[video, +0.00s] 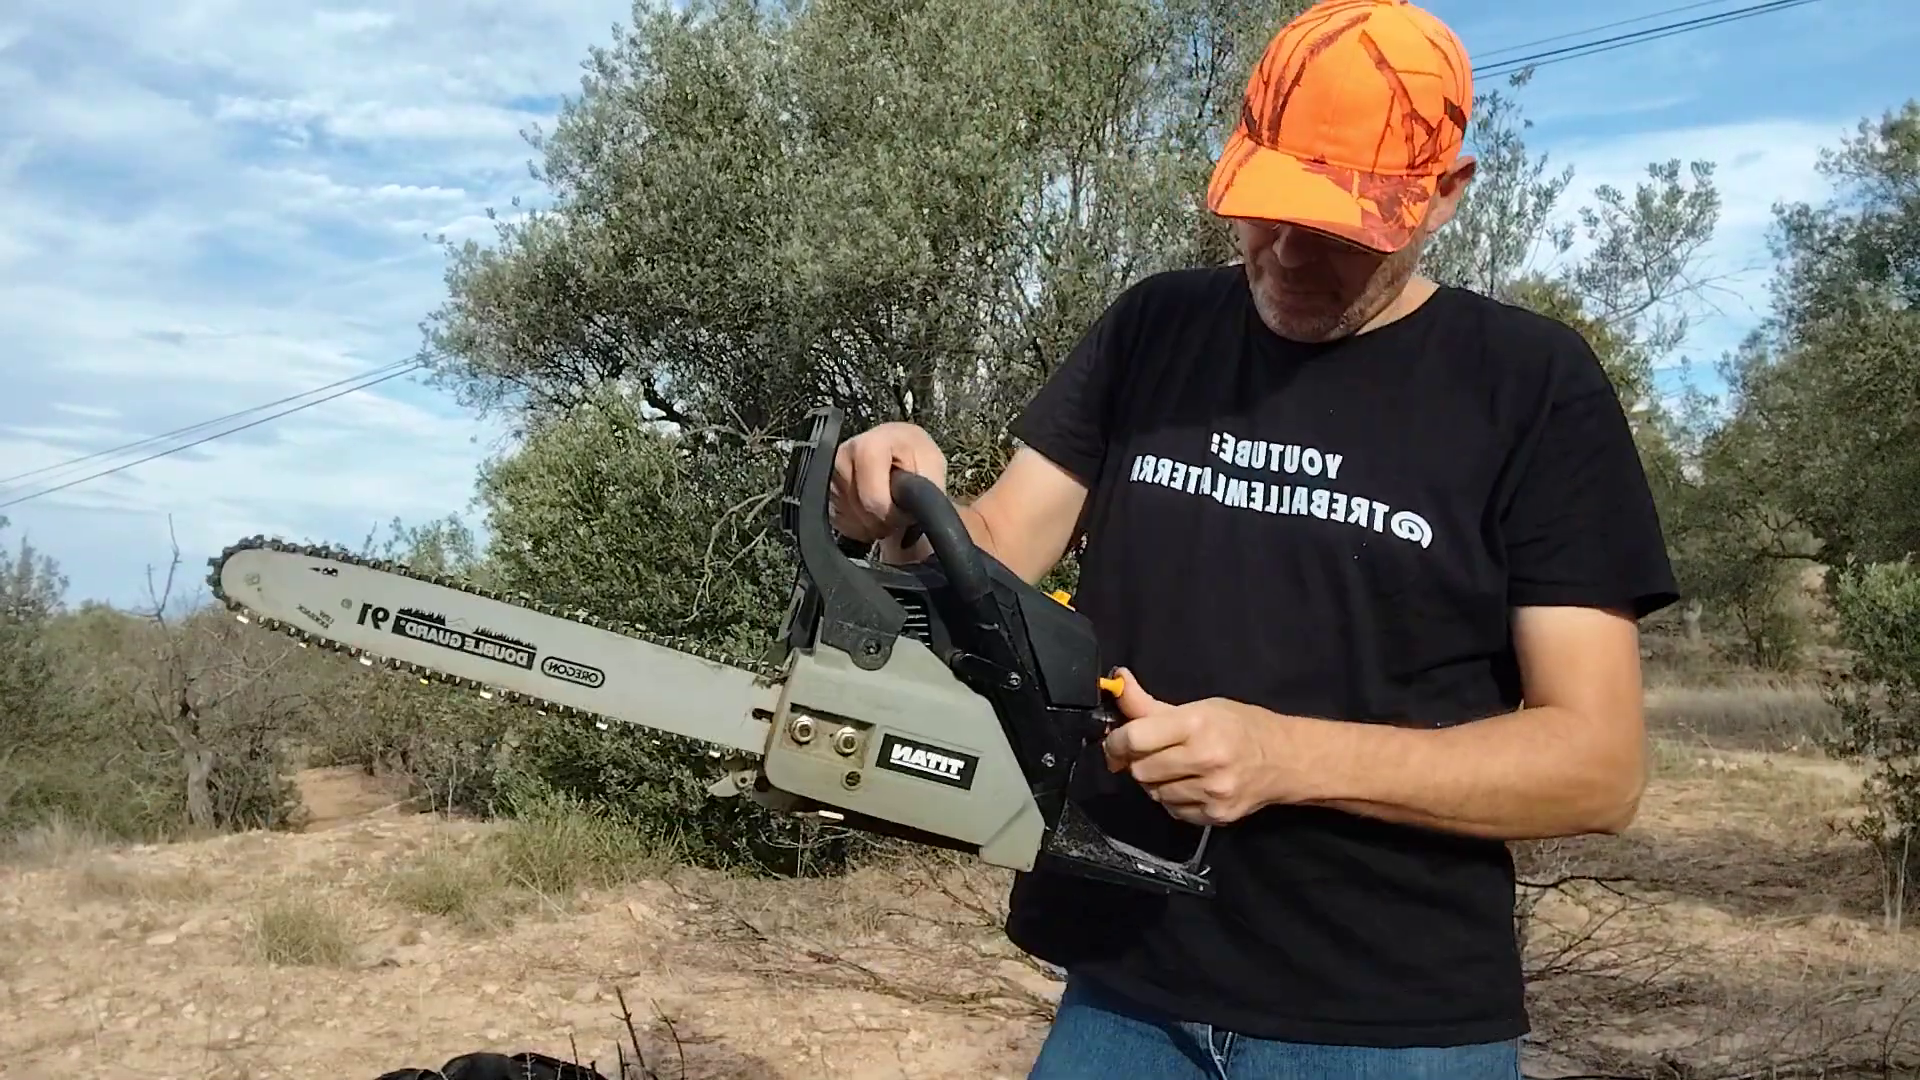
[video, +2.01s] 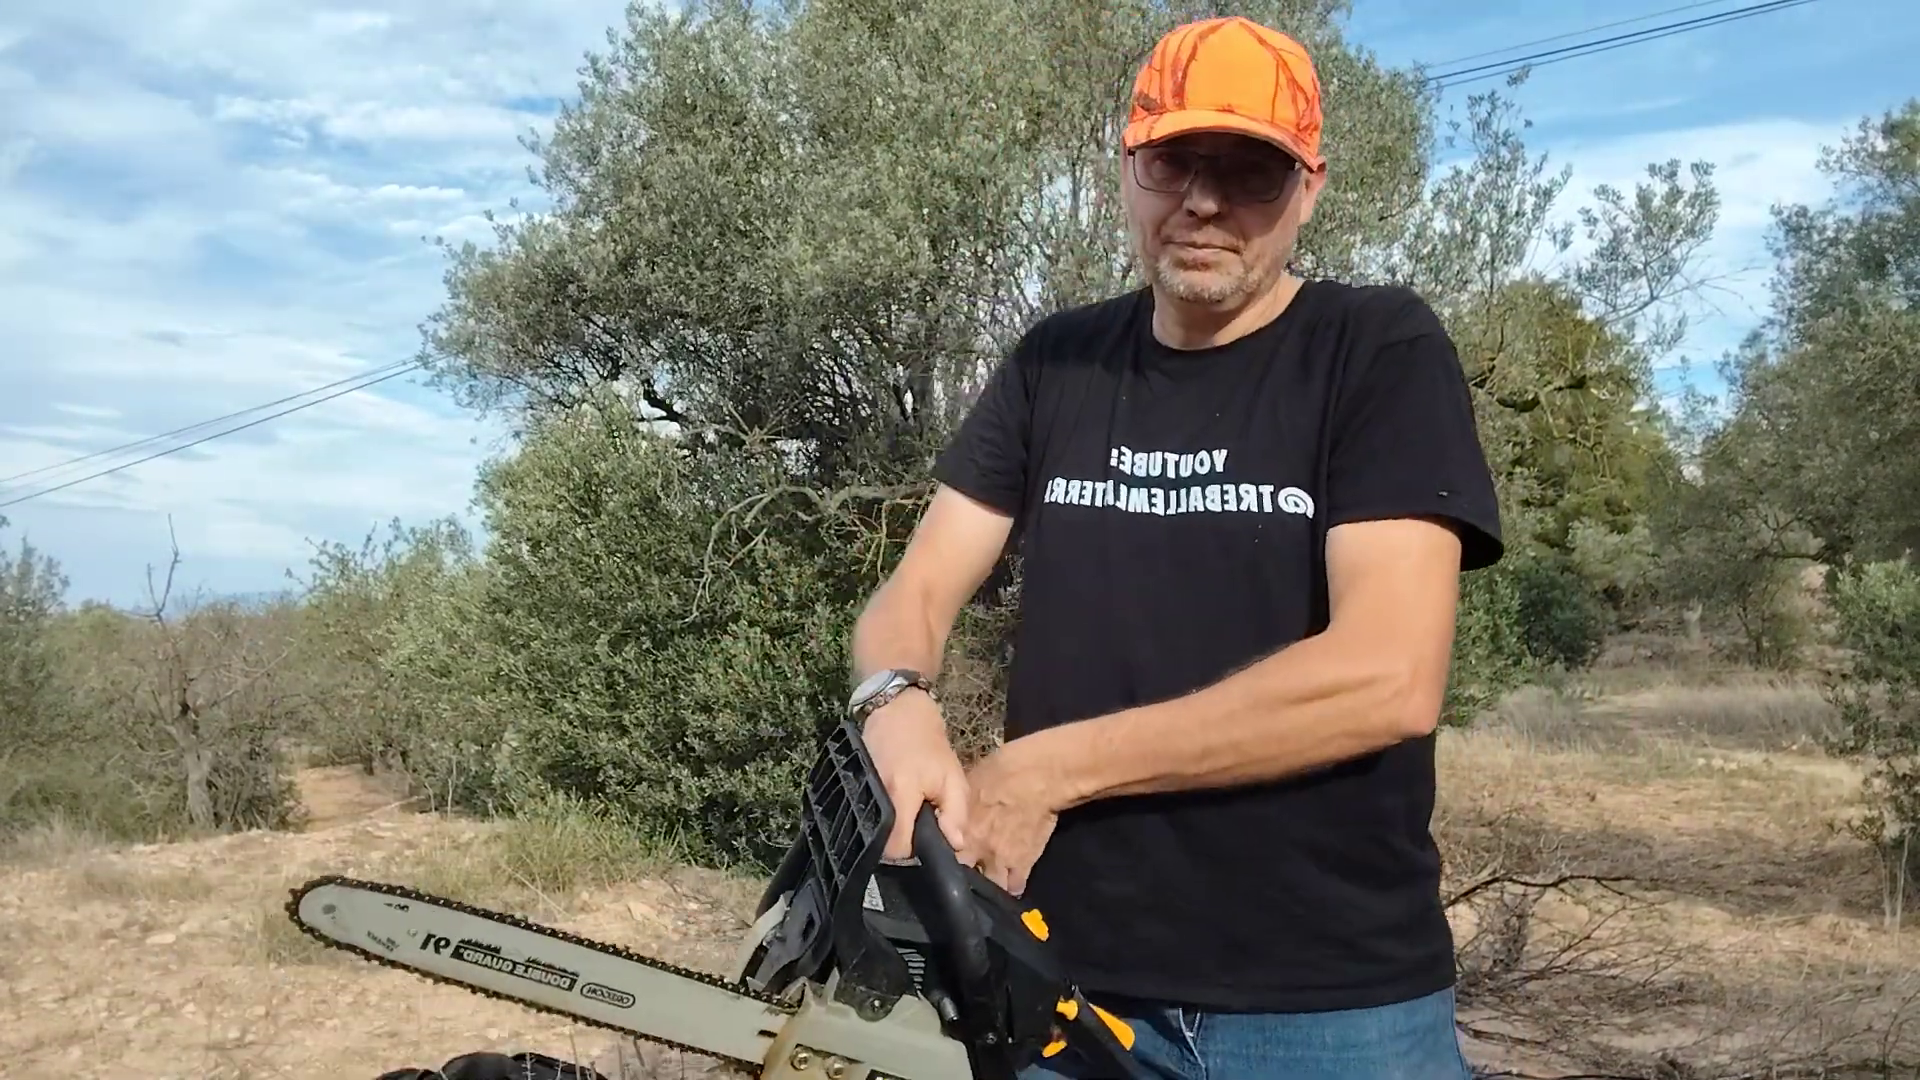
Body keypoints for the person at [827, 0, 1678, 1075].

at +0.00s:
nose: (1283, 254)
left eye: (1337, 226)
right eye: (1265, 203)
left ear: (1434, 204)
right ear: (1237, 162)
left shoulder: (1534, 386)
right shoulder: (1157, 328)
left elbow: (1597, 762)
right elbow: (979, 571)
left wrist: (1289, 755)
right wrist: (905, 503)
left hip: (1405, 1038)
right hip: (1126, 1010)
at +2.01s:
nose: (1202, 204)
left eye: (1245, 171)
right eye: (1172, 165)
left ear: (1307, 191)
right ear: (1128, 176)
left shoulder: (1379, 347)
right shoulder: (1056, 361)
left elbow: (1390, 675)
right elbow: (913, 596)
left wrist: (1048, 769)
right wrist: (896, 703)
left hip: (1336, 1014)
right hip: (1074, 1004)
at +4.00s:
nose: (1213, 184)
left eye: (1256, 156)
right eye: (1180, 144)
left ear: (1302, 181)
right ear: (1117, 155)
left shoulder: (1378, 398)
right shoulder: (1002, 347)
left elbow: (1488, 724)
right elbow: (854, 644)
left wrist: (1269, 892)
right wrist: (970, 585)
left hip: (1312, 1011)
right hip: (1025, 995)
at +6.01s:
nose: (1295, 110)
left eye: (1348, 59)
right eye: (1245, 61)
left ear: (1415, 68)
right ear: (1170, 79)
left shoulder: (1542, 368)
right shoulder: (1052, 327)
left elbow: (1693, 778)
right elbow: (946, 651)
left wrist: (1495, 1003)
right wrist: (1095, 584)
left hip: (1469, 1043)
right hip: (1115, 1029)